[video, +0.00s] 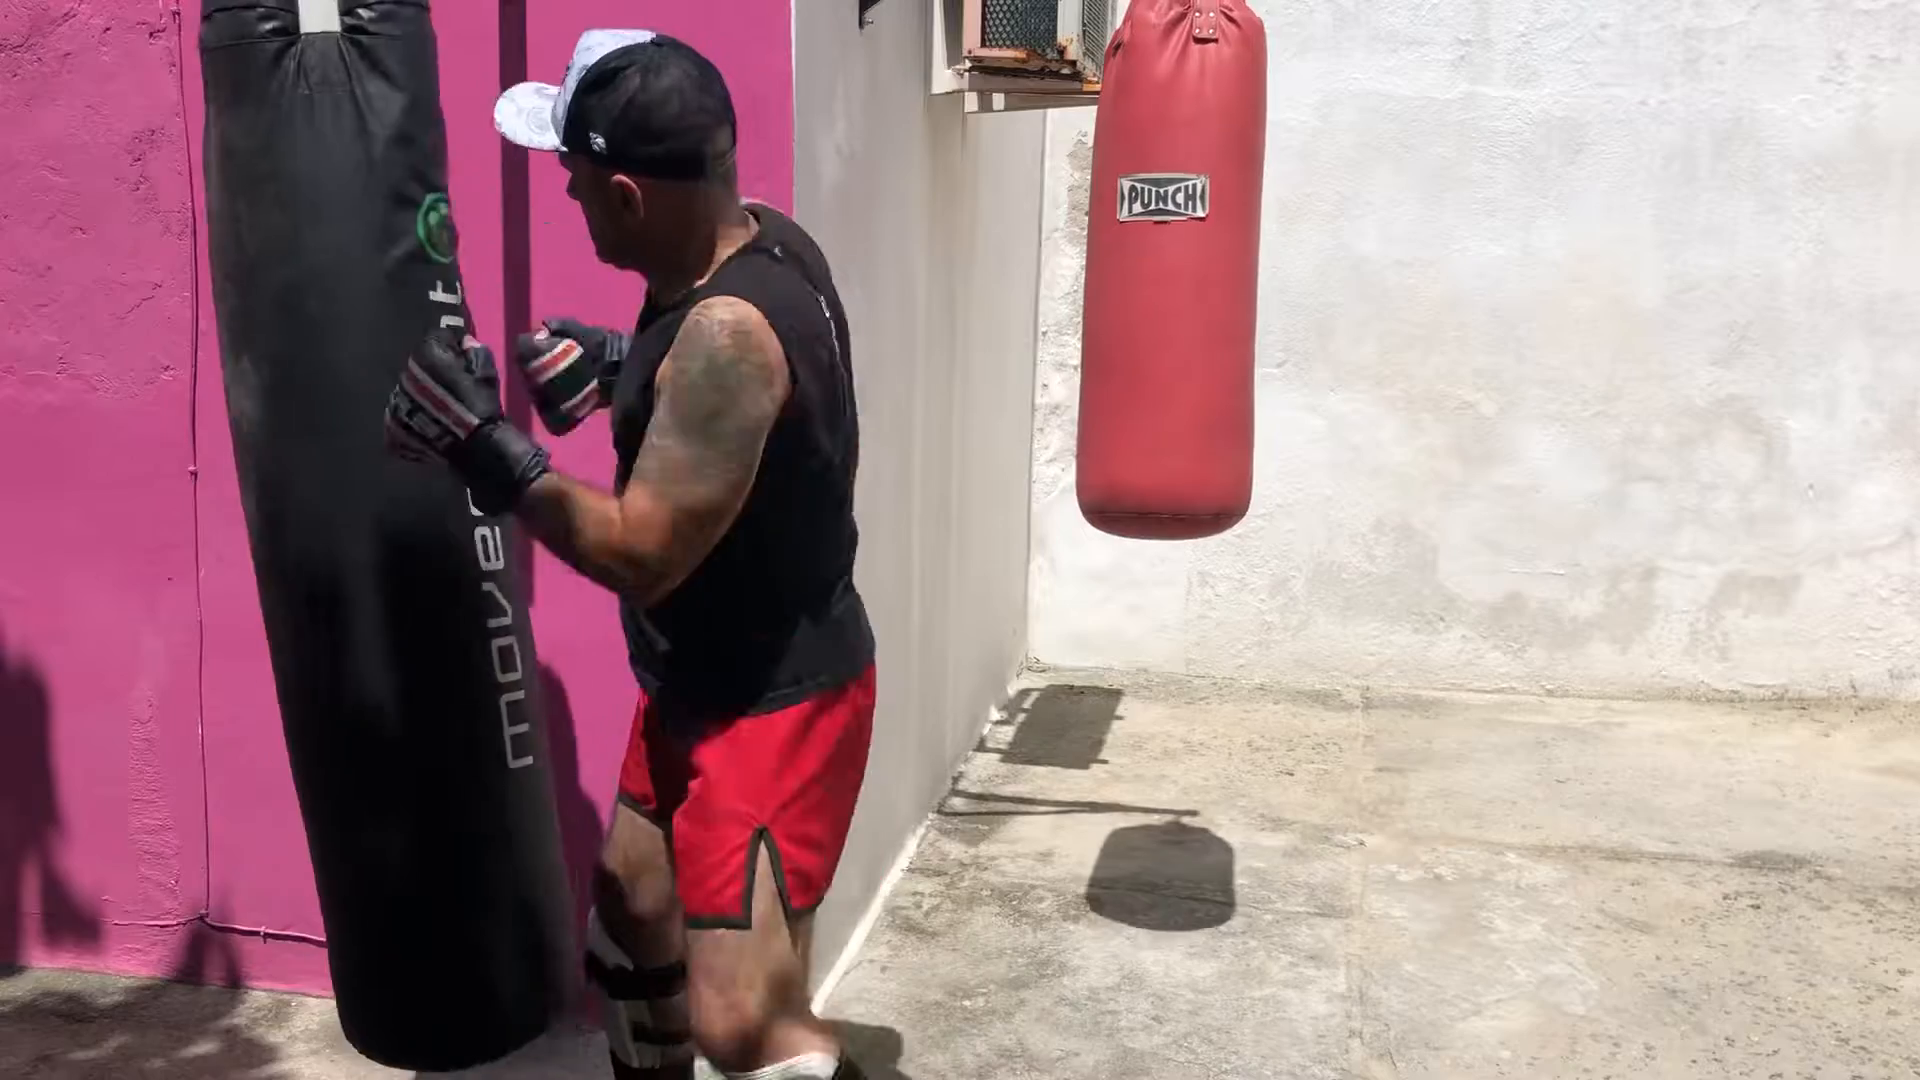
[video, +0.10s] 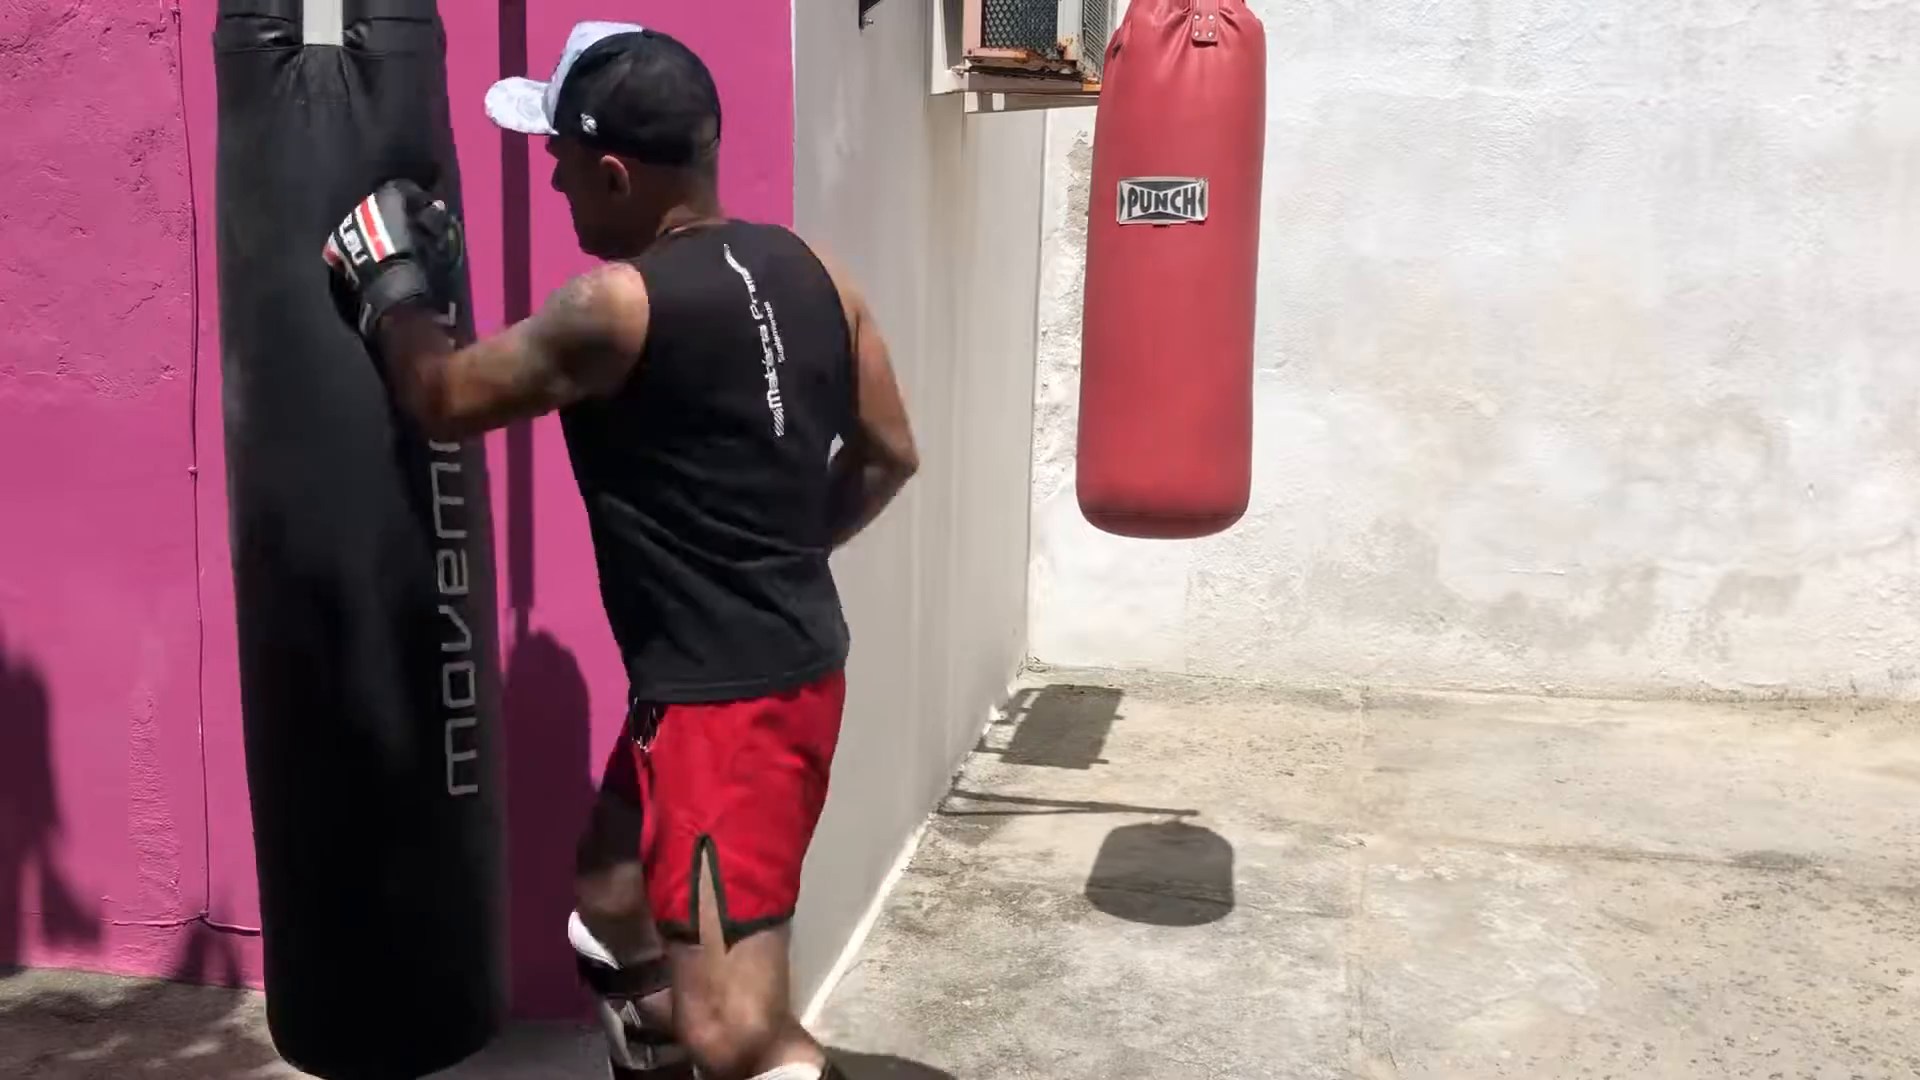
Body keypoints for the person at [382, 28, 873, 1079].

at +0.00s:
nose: (570, 192)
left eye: (577, 176)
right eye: (570, 173)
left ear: (627, 193)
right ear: (708, 166)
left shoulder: (730, 334)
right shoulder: (760, 241)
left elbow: (641, 556)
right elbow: (755, 388)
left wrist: (494, 456)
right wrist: (625, 363)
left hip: (771, 697)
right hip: (697, 675)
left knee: (742, 1019)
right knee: (637, 898)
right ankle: (655, 1064)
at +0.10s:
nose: (557, 185)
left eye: (564, 165)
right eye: (556, 164)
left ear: (616, 172)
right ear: (692, 156)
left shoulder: (618, 305)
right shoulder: (803, 267)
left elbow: (440, 401)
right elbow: (886, 452)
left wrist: (392, 280)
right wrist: (780, 548)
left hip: (720, 689)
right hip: (782, 657)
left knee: (736, 1029)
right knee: (611, 908)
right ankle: (664, 1061)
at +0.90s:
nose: (522, 207)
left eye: (539, 184)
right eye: (523, 188)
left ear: (612, 187)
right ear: (595, 196)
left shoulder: (709, 270)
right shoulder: (590, 349)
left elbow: (574, 405)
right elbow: (601, 527)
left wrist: (508, 338)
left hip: (770, 672)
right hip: (627, 698)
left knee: (890, 958)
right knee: (548, 972)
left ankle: (989, 1068)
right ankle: (599, 1074)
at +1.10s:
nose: (524, 193)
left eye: (539, 170)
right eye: (522, 174)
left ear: (611, 172)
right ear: (602, 179)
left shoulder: (722, 257)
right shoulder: (596, 323)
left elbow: (652, 410)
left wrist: (556, 358)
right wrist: (550, 371)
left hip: (780, 651)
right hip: (633, 669)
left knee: (896, 930)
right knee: (572, 923)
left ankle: (1018, 1072)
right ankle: (609, 1075)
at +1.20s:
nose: (592, 209)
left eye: (612, 185)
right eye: (592, 186)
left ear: (691, 190)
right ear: (672, 192)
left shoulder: (800, 298)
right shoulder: (608, 334)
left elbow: (806, 445)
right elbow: (522, 477)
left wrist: (654, 377)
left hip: (830, 659)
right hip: (668, 685)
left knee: (924, 869)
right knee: (581, 915)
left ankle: (1021, 1071)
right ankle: (599, 1077)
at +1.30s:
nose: (668, 233)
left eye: (689, 206)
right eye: (670, 207)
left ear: (767, 213)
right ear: (755, 215)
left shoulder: (870, 321)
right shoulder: (705, 351)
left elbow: (814, 469)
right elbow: (630, 484)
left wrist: (689, 377)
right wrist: (504, 488)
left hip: (858, 697)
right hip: (700, 700)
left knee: (972, 960)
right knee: (582, 931)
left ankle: (1090, 1074)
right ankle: (597, 1076)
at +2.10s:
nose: (916, 211)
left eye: (932, 186)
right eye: (918, 185)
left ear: (1005, 193)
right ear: (1009, 192)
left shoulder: (1108, 315)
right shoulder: (1036, 299)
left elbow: (978, 522)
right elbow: (1052, 453)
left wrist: (838, 428)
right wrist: (952, 393)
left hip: (1125, 705)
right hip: (1008, 685)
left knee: (1170, 1020)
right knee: (902, 906)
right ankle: (991, 1071)